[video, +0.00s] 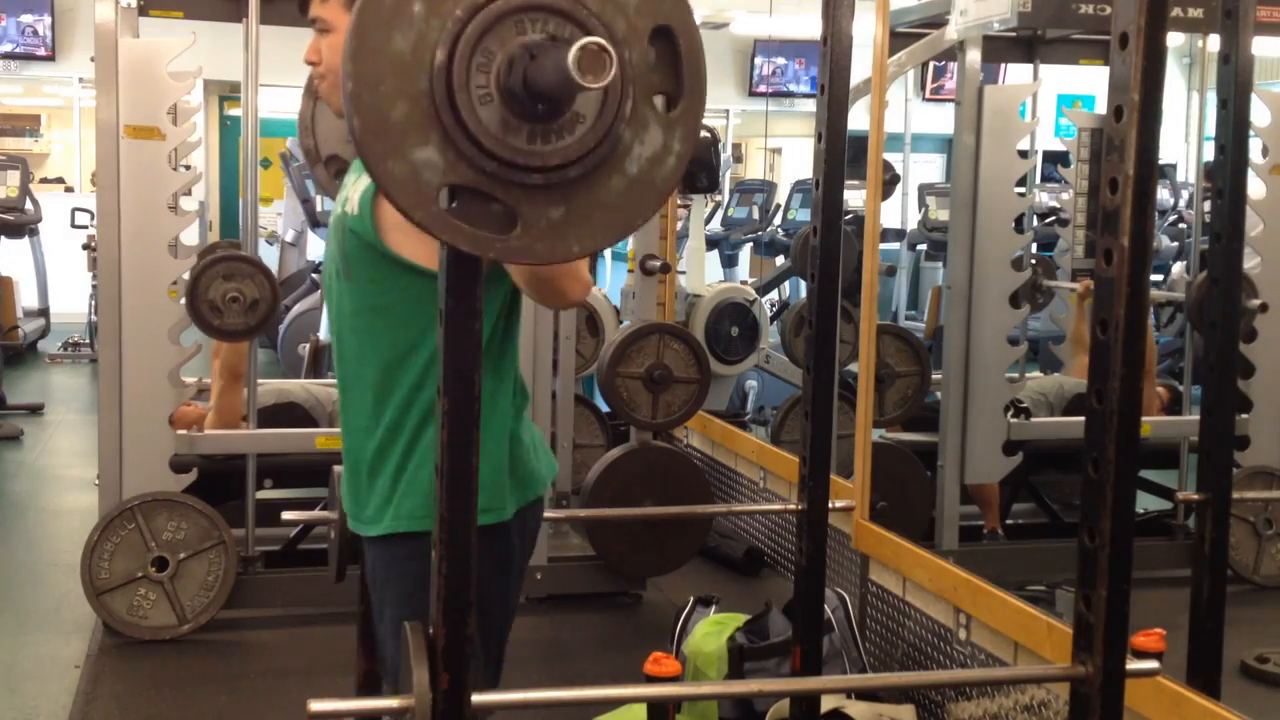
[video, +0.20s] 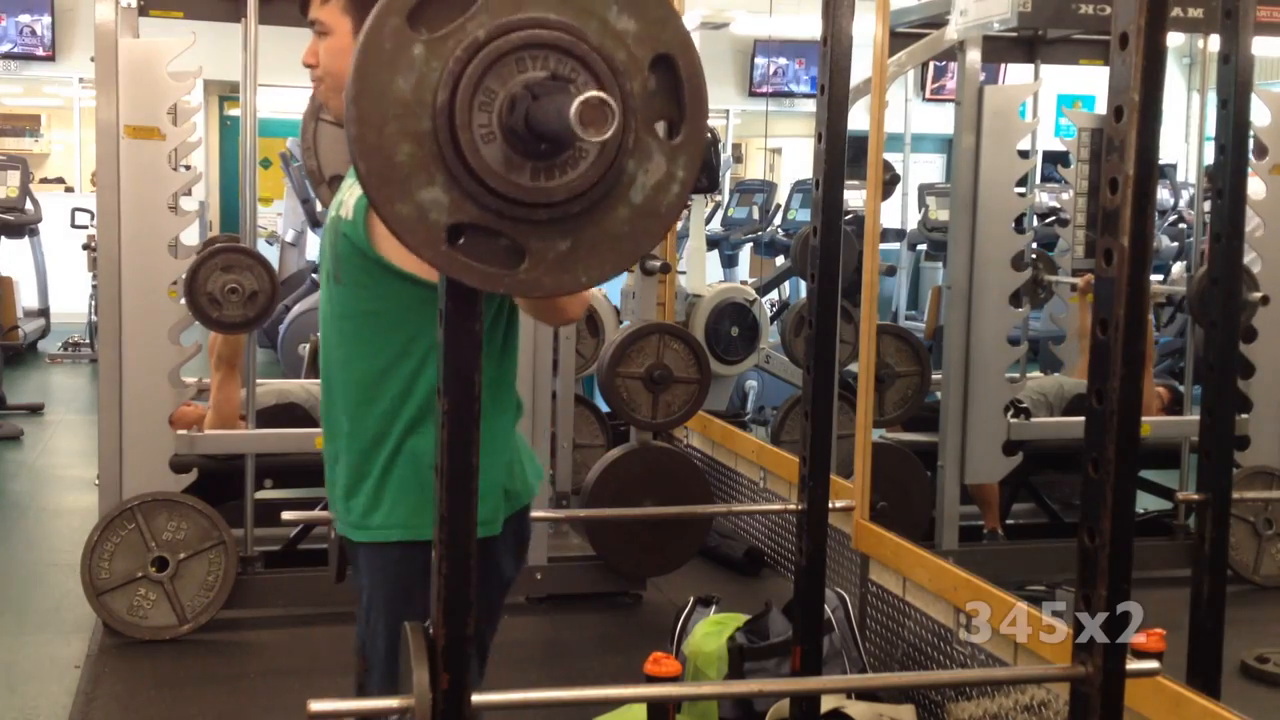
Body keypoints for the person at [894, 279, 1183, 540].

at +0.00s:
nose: (1152, 391)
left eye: (1158, 394)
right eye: (1155, 388)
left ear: (1160, 410)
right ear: (1145, 386)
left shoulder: (1136, 413)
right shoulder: (1103, 390)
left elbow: (1146, 367)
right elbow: (1081, 348)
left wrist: (1141, 312)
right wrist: (1081, 300)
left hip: (1018, 411)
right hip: (1005, 395)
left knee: (977, 448)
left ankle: (992, 528)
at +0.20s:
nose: (1153, 393)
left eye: (1159, 396)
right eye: (1156, 391)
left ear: (1161, 412)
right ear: (1146, 385)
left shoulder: (1135, 415)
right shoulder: (1096, 392)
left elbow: (1144, 360)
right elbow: (1085, 339)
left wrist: (1138, 302)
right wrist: (1084, 296)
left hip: (1035, 403)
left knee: (978, 444)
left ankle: (992, 530)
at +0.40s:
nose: (1153, 393)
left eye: (1159, 397)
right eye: (1156, 390)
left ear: (1160, 413)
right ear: (1145, 384)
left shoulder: (1130, 415)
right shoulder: (1098, 390)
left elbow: (1145, 359)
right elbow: (1087, 340)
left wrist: (1140, 305)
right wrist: (1085, 297)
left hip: (1026, 409)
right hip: (1006, 395)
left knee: (978, 448)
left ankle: (993, 530)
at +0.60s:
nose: (1153, 394)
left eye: (1160, 398)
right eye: (1156, 391)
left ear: (1160, 414)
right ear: (1144, 385)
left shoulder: (1128, 418)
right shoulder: (1097, 393)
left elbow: (1145, 360)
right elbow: (1088, 342)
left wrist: (1142, 306)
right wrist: (1085, 297)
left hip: (1025, 411)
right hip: (1006, 398)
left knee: (979, 447)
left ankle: (993, 531)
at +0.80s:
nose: (1154, 394)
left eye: (1161, 398)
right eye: (1157, 390)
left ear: (1160, 413)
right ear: (1145, 384)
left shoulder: (1130, 417)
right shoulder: (1095, 388)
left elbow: (1144, 359)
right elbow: (1087, 341)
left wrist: (1141, 305)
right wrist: (1085, 297)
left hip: (1026, 411)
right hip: (1005, 399)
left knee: (979, 446)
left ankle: (992, 530)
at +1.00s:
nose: (1155, 395)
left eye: (1161, 398)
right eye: (1157, 391)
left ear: (1161, 413)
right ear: (1145, 384)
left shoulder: (1134, 417)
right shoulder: (1098, 387)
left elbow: (1144, 361)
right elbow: (1086, 341)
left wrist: (1143, 308)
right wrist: (1084, 297)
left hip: (1028, 412)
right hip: (1007, 399)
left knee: (979, 448)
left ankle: (992, 531)